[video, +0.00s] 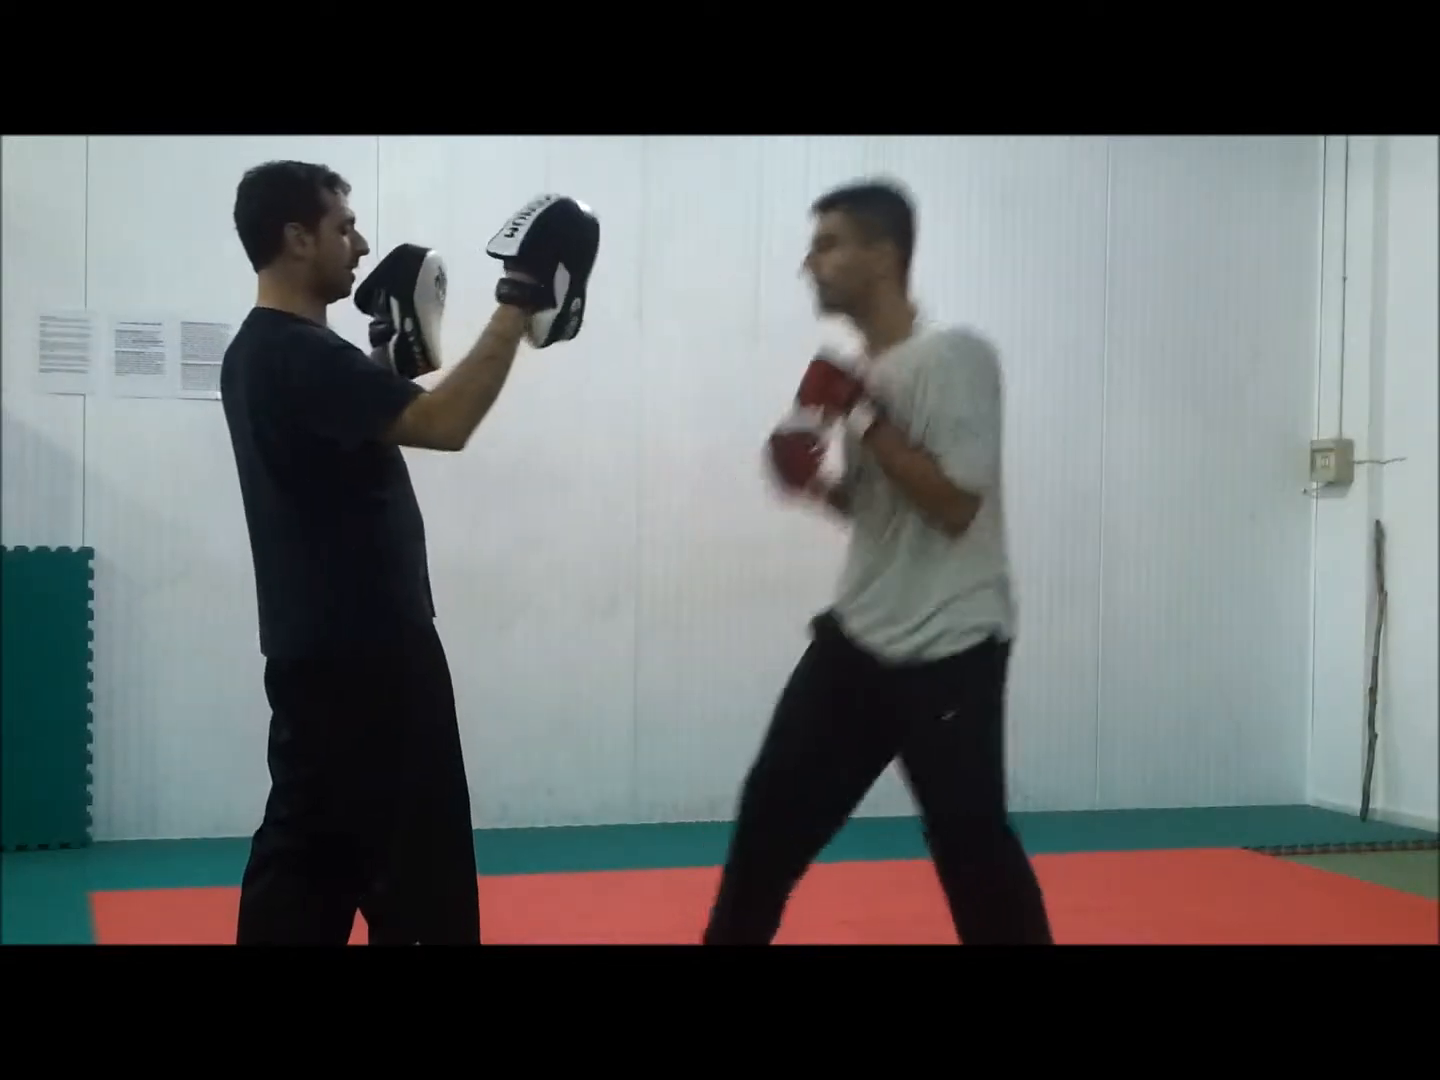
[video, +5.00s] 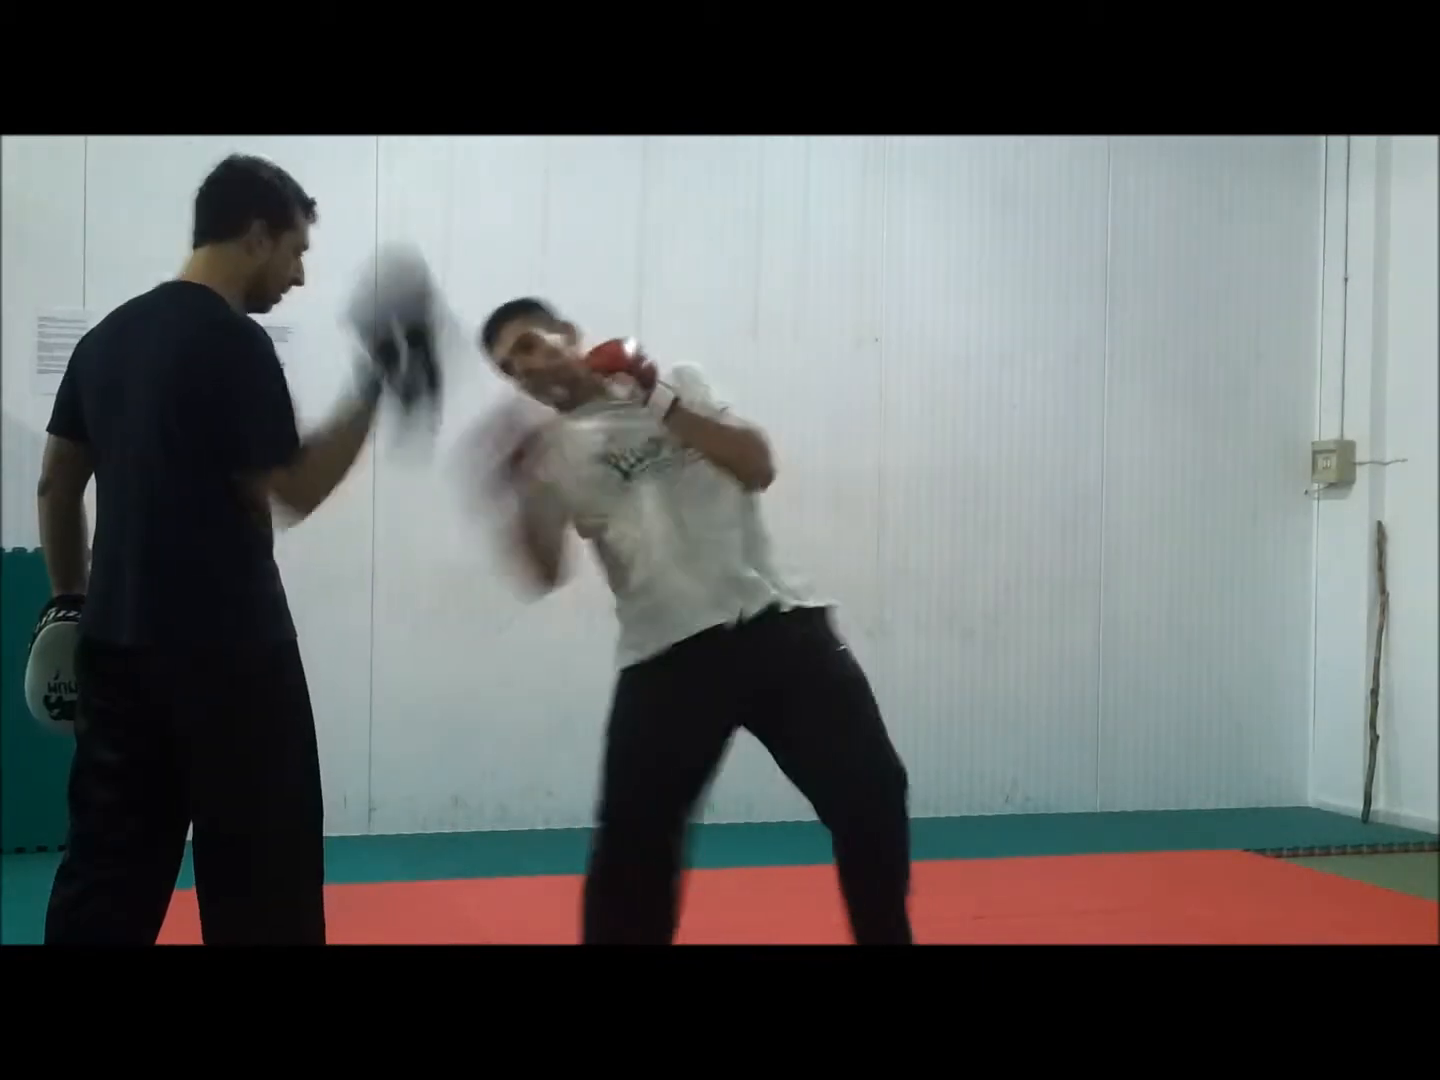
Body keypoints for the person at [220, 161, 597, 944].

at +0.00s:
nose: (359, 241)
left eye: (353, 224)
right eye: (344, 225)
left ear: (283, 243)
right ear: (294, 237)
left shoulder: (256, 350)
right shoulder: (303, 352)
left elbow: (347, 452)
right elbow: (444, 424)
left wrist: (397, 366)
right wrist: (517, 305)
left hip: (311, 648)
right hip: (375, 649)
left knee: (304, 853)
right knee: (425, 865)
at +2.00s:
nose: (304, 235)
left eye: (302, 218)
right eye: (294, 218)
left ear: (218, 230)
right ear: (250, 224)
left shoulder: (170, 348)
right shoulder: (276, 337)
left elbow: (242, 430)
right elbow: (439, 361)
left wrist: (301, 322)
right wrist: (519, 271)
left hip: (225, 652)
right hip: (328, 649)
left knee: (227, 878)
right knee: (385, 884)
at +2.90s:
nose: (257, 227)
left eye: (248, 210)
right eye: (239, 212)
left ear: (177, 241)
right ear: (191, 231)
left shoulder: (162, 354)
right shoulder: (237, 345)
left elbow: (248, 451)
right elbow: (372, 408)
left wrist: (281, 338)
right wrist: (491, 333)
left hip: (229, 658)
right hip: (329, 653)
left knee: (224, 883)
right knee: (390, 886)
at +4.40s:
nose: (325, 226)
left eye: (320, 206)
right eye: (312, 206)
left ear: (247, 216)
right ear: (260, 212)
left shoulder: (179, 332)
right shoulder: (250, 338)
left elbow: (218, 482)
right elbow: (308, 495)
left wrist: (312, 403)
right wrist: (443, 444)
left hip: (201, 651)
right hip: (294, 654)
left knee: (209, 887)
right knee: (379, 889)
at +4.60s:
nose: (306, 272)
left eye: (311, 252)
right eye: (306, 249)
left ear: (216, 233)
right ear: (266, 235)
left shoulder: (110, 337)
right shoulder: (251, 345)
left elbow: (61, 487)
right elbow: (286, 502)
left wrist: (68, 607)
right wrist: (410, 499)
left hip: (122, 654)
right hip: (239, 657)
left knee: (106, 882)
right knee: (267, 888)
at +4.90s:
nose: (304, 273)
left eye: (308, 253)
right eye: (303, 249)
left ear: (213, 232)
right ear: (261, 233)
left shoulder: (107, 338)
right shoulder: (244, 347)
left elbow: (60, 488)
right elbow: (281, 507)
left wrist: (68, 608)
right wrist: (407, 499)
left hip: (121, 660)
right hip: (237, 663)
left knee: (104, 887)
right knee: (267, 895)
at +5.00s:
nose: (301, 274)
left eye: (304, 252)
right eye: (298, 249)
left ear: (223, 235)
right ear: (257, 235)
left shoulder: (107, 337)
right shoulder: (238, 343)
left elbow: (58, 486)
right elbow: (295, 491)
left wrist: (66, 609)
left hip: (119, 649)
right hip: (233, 653)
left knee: (107, 872)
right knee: (266, 881)